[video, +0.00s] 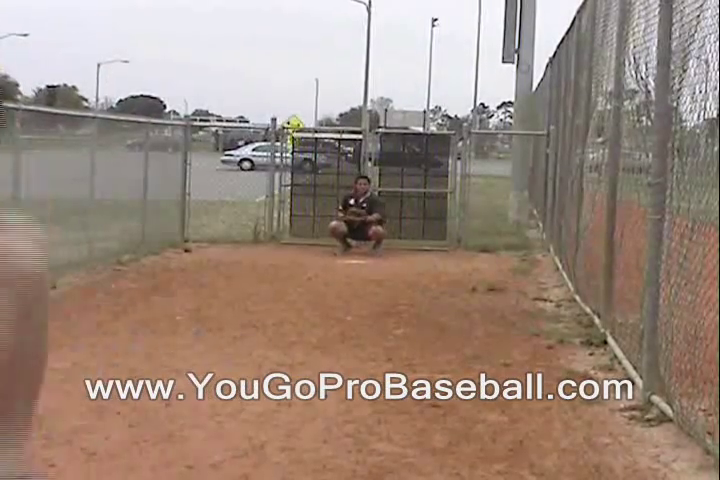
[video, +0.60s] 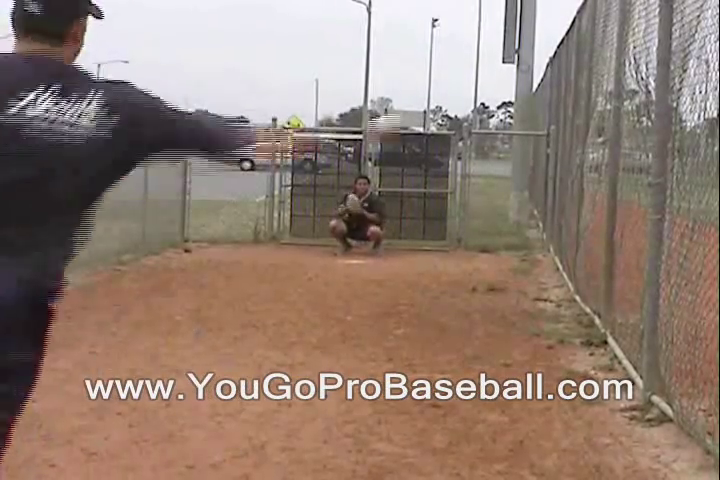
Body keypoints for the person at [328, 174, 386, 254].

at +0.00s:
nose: (362, 187)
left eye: (365, 184)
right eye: (360, 184)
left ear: (369, 186)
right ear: (355, 186)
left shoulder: (374, 200)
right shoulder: (348, 198)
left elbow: (378, 215)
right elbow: (339, 212)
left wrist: (362, 219)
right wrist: (347, 218)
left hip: (365, 226)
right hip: (350, 226)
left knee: (378, 231)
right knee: (334, 227)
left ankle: (377, 244)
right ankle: (345, 245)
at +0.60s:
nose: (362, 187)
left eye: (364, 184)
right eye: (359, 184)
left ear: (368, 186)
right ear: (355, 186)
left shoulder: (374, 200)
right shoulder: (348, 197)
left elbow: (378, 219)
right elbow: (335, 214)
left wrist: (362, 212)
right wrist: (343, 211)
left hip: (365, 226)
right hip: (350, 225)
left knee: (375, 231)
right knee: (334, 225)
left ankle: (376, 245)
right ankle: (346, 245)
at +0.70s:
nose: (361, 187)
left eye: (364, 184)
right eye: (359, 184)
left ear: (368, 186)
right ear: (354, 186)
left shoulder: (374, 200)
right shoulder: (349, 197)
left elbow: (378, 219)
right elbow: (338, 214)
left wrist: (364, 208)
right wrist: (351, 207)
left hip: (366, 227)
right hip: (350, 226)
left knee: (376, 230)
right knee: (334, 225)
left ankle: (376, 245)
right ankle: (346, 245)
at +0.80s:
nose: (361, 187)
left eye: (364, 184)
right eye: (358, 184)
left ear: (368, 187)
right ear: (354, 187)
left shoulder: (374, 199)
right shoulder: (348, 198)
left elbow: (378, 218)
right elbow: (336, 214)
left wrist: (366, 206)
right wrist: (350, 207)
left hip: (366, 228)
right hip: (350, 227)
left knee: (377, 230)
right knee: (334, 225)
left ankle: (376, 246)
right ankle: (346, 245)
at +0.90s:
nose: (360, 189)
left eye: (362, 186)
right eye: (357, 186)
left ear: (366, 188)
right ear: (353, 188)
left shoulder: (372, 199)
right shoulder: (347, 198)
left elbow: (376, 216)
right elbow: (338, 213)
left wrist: (363, 205)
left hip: (367, 228)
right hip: (351, 228)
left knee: (378, 229)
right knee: (334, 226)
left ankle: (376, 246)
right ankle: (346, 245)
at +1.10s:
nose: (356, 193)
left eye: (358, 190)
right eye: (354, 190)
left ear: (363, 191)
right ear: (351, 191)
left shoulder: (369, 201)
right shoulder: (347, 201)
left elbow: (372, 211)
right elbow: (333, 213)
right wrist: (348, 215)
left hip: (365, 227)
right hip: (351, 226)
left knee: (380, 227)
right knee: (336, 224)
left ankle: (379, 246)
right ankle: (346, 245)